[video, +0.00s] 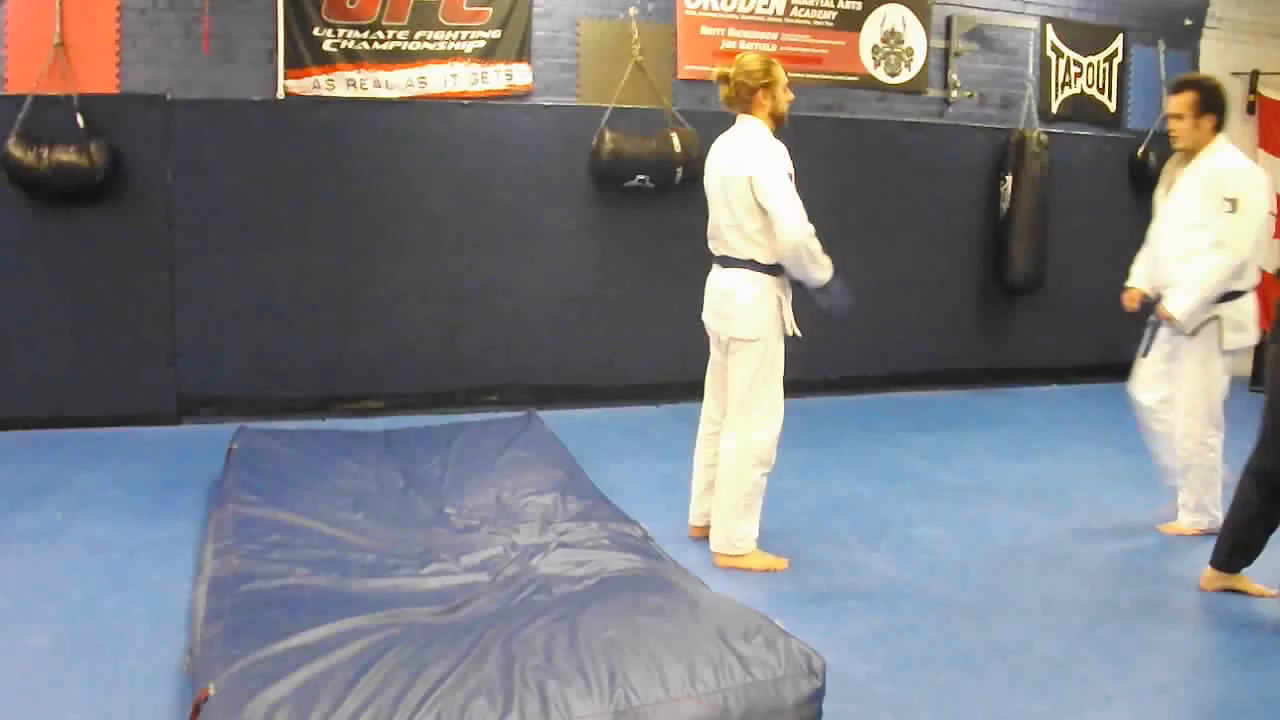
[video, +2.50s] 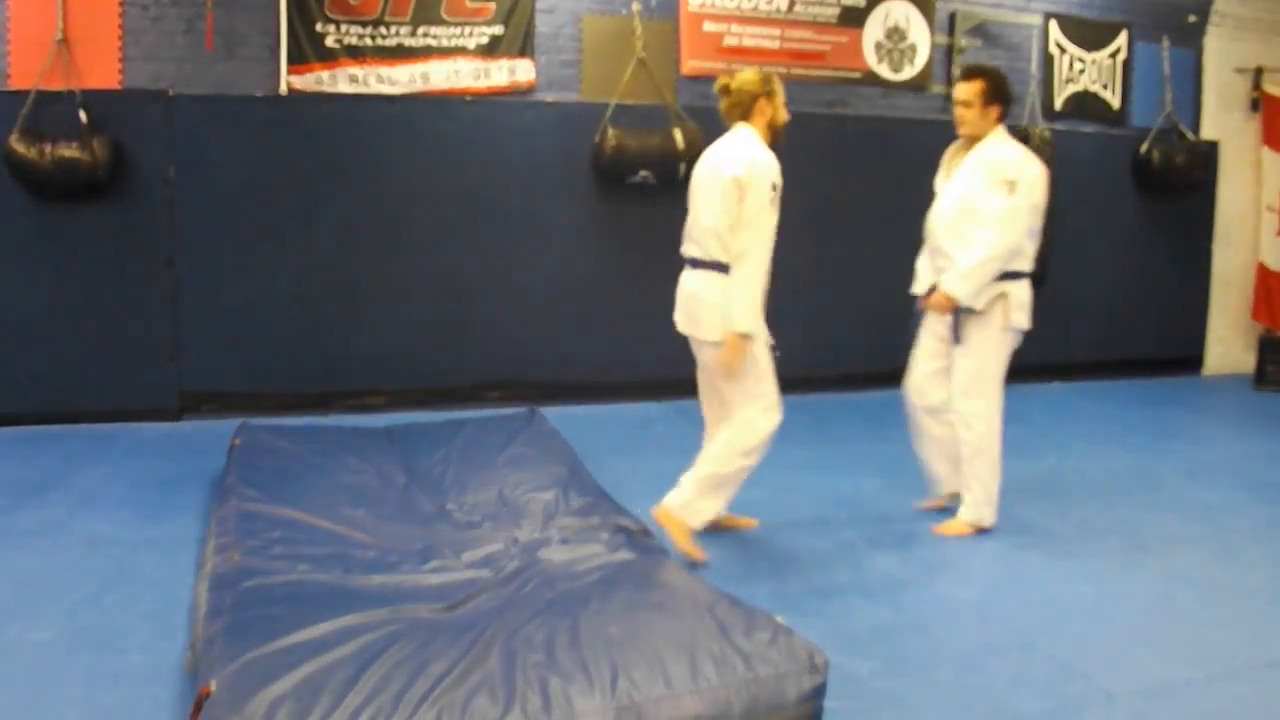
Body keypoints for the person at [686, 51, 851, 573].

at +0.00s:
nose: (790, 93)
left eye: (787, 85)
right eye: (784, 86)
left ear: (745, 96)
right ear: (763, 94)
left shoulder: (723, 145)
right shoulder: (765, 150)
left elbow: (730, 225)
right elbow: (792, 236)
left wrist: (786, 262)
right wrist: (824, 275)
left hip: (722, 283)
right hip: (755, 291)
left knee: (718, 409)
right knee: (755, 418)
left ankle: (704, 516)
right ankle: (735, 545)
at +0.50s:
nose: (789, 100)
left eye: (786, 91)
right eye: (784, 92)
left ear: (745, 99)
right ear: (763, 97)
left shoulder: (724, 150)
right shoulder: (762, 158)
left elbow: (718, 238)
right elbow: (765, 254)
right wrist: (780, 328)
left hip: (716, 286)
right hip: (744, 294)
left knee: (718, 410)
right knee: (760, 421)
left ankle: (703, 515)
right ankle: (737, 549)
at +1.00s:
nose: (791, 114)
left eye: (789, 104)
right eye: (786, 104)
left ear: (754, 105)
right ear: (761, 105)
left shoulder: (739, 152)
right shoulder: (744, 158)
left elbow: (757, 239)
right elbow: (786, 231)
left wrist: (792, 271)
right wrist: (840, 211)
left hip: (732, 297)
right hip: (727, 303)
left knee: (766, 413)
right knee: (760, 420)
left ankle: (732, 519)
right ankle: (737, 551)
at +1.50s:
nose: (761, 122)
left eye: (762, 114)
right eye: (758, 112)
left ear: (727, 108)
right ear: (732, 108)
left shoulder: (724, 160)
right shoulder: (693, 162)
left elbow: (751, 231)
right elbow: (734, 241)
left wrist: (767, 276)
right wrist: (783, 192)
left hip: (716, 303)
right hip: (683, 303)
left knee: (745, 421)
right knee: (690, 426)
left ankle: (746, 524)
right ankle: (643, 535)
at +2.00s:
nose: (753, 99)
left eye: (751, 91)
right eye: (749, 91)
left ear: (711, 95)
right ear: (727, 96)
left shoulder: (678, 138)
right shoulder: (719, 153)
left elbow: (744, 190)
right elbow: (776, 208)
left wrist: (796, 200)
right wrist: (845, 240)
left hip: (670, 283)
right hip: (678, 293)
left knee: (732, 377)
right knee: (682, 413)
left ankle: (726, 476)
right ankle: (645, 533)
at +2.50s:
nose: (784, 112)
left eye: (781, 103)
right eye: (780, 104)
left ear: (740, 108)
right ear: (762, 107)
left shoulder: (713, 155)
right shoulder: (759, 161)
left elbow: (700, 237)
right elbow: (752, 249)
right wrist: (740, 323)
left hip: (696, 286)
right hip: (730, 294)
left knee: (717, 407)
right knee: (761, 410)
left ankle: (710, 505)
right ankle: (682, 507)